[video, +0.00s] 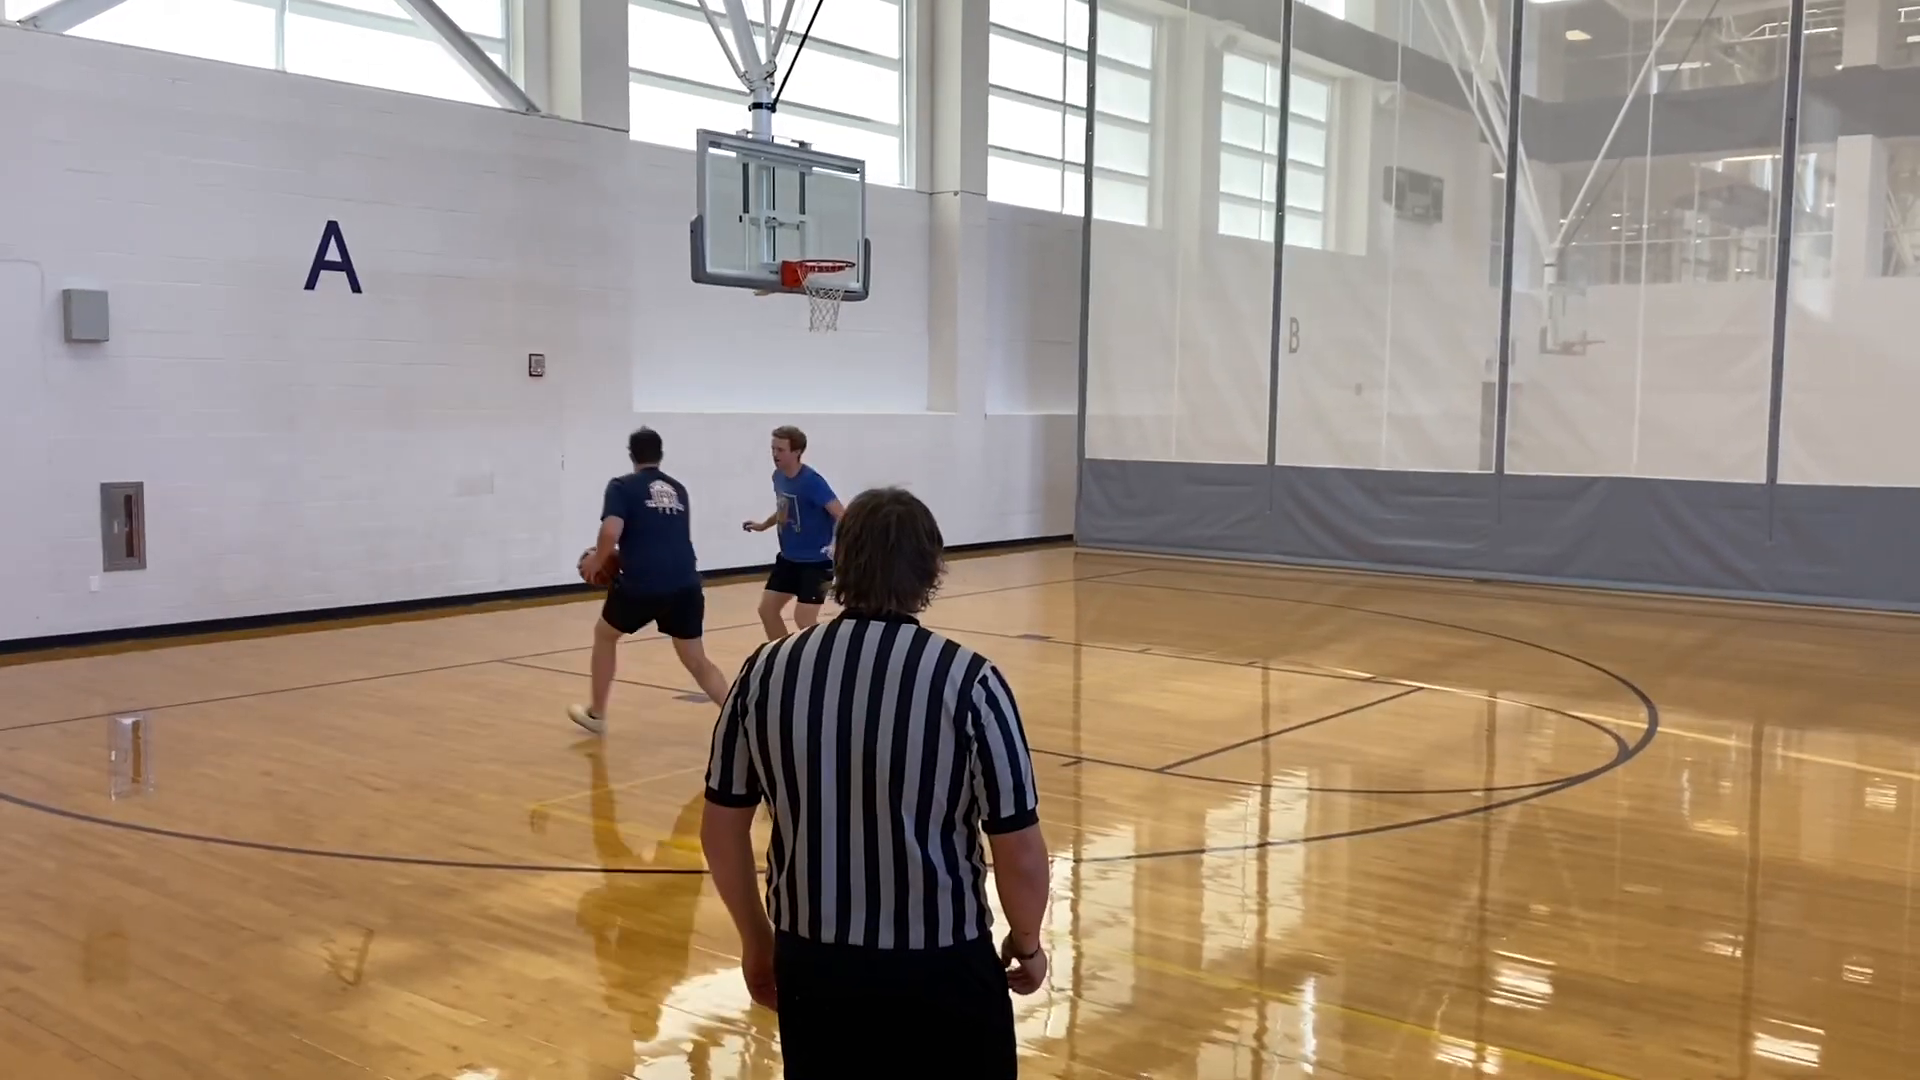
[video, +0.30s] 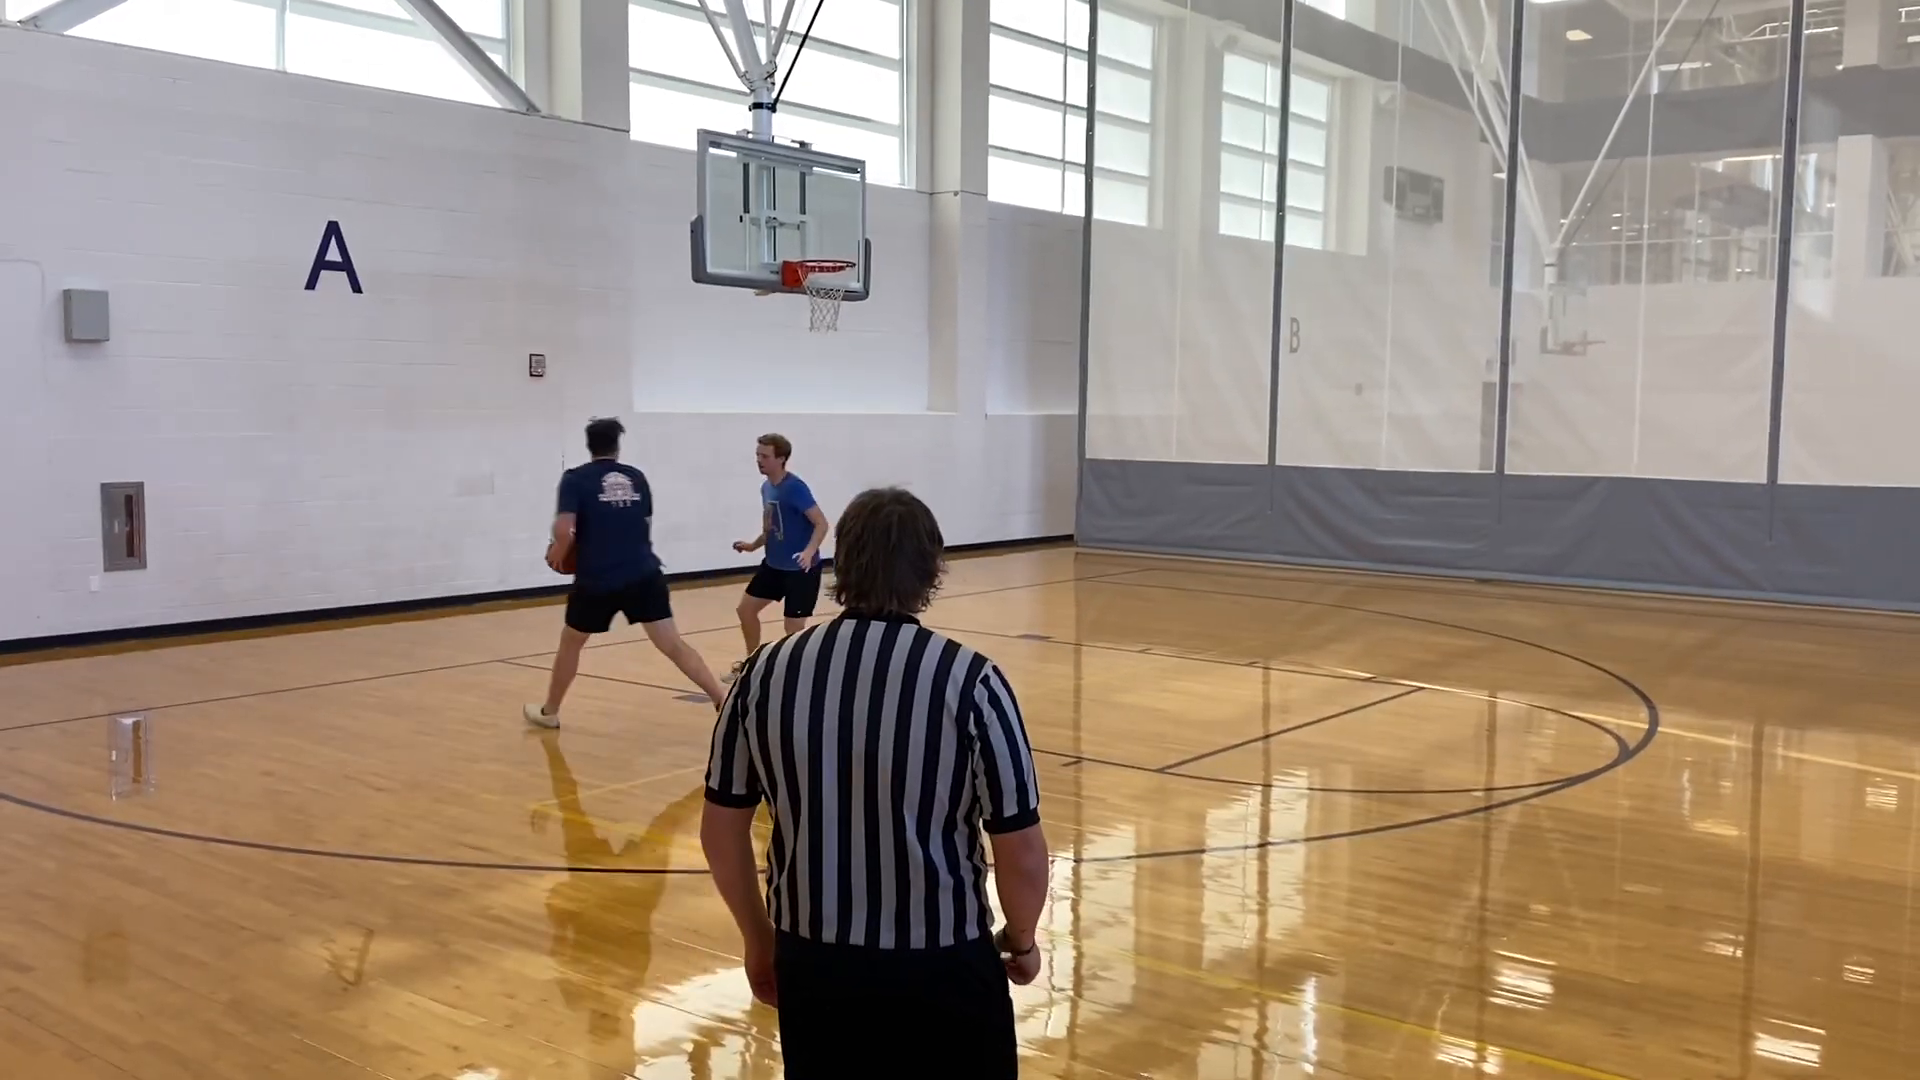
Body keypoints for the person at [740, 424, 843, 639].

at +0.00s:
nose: (774, 455)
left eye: (780, 450)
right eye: (773, 449)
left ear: (797, 452)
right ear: (772, 449)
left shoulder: (813, 482)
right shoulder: (778, 477)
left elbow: (843, 517)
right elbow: (785, 510)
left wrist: (840, 548)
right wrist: (763, 526)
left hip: (816, 563)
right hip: (788, 560)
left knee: (805, 619)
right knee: (767, 610)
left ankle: (819, 668)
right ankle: (787, 664)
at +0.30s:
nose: (759, 461)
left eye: (764, 456)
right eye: (758, 455)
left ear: (781, 459)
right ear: (759, 457)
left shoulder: (795, 487)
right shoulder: (767, 488)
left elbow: (822, 524)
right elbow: (771, 528)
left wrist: (810, 550)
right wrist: (753, 545)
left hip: (802, 570)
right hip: (774, 567)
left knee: (794, 627)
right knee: (746, 610)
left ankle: (800, 676)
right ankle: (754, 663)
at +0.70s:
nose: (732, 466)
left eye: (737, 462)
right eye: (732, 461)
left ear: (753, 467)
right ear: (745, 466)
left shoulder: (766, 496)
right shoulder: (739, 494)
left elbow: (790, 534)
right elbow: (745, 536)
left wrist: (772, 560)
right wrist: (724, 556)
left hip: (772, 577)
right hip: (746, 573)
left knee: (782, 634)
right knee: (733, 620)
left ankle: (807, 674)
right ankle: (747, 662)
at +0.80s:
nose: (725, 465)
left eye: (730, 461)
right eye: (725, 460)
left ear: (747, 466)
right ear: (732, 464)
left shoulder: (758, 497)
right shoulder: (731, 493)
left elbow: (782, 534)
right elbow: (736, 533)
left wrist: (763, 559)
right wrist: (715, 552)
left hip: (763, 577)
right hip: (738, 574)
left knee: (774, 633)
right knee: (731, 621)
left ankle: (814, 655)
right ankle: (750, 665)